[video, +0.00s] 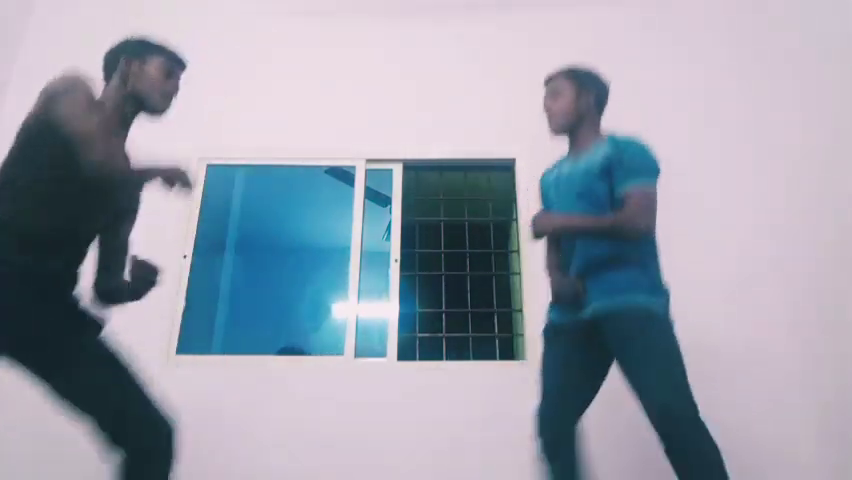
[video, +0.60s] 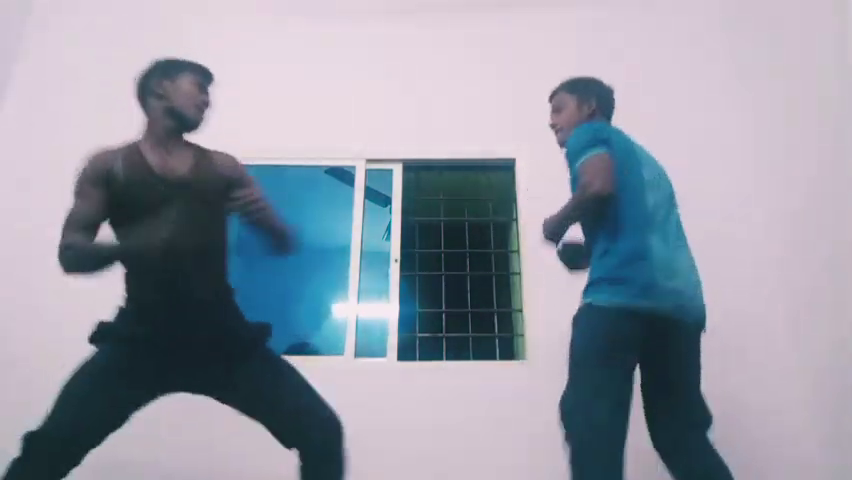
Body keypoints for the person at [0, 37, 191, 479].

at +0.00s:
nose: (176, 85)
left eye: (177, 78)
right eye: (167, 72)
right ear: (128, 68)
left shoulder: (123, 179)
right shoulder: (69, 91)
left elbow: (106, 287)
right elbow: (97, 163)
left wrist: (135, 283)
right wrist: (157, 175)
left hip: (45, 306)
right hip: (9, 292)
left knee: (148, 433)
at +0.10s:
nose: (169, 105)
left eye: (169, 96)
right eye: (160, 90)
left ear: (125, 93)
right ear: (121, 87)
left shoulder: (119, 195)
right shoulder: (55, 112)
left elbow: (102, 301)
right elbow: (61, 189)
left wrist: (155, 286)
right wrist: (155, 189)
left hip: (35, 323)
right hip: (6, 309)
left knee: (150, 436)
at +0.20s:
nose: (166, 86)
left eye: (167, 79)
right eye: (158, 73)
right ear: (118, 70)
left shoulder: (133, 175)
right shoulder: (48, 103)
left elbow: (155, 268)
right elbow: (70, 163)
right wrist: (150, 147)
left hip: (78, 325)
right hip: (14, 316)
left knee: (186, 433)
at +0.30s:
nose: (173, 65)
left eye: (174, 60)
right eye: (165, 53)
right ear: (124, 50)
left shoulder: (157, 150)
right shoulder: (61, 86)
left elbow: (188, 235)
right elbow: (83, 138)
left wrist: (213, 179)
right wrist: (158, 124)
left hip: (121, 301)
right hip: (45, 293)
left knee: (225, 412)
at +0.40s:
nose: (186, 63)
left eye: (186, 58)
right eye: (176, 52)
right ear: (136, 53)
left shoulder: (180, 134)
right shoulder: (80, 101)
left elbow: (217, 230)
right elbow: (83, 162)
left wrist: (229, 179)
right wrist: (173, 132)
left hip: (169, 299)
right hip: (92, 295)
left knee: (255, 429)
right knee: (5, 405)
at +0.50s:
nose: (193, 80)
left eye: (192, 74)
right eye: (183, 68)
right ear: (143, 71)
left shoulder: (197, 155)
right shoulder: (89, 133)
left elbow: (232, 248)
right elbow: (71, 201)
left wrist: (231, 202)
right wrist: (162, 161)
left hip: (199, 323)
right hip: (121, 322)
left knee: (276, 458)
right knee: (33, 447)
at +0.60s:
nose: (208, 98)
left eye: (208, 90)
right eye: (198, 86)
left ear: (172, 99)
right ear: (159, 94)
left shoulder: (223, 170)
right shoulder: (108, 169)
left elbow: (284, 244)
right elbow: (72, 255)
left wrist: (265, 220)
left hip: (221, 342)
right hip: (142, 343)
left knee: (322, 433)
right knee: (49, 450)